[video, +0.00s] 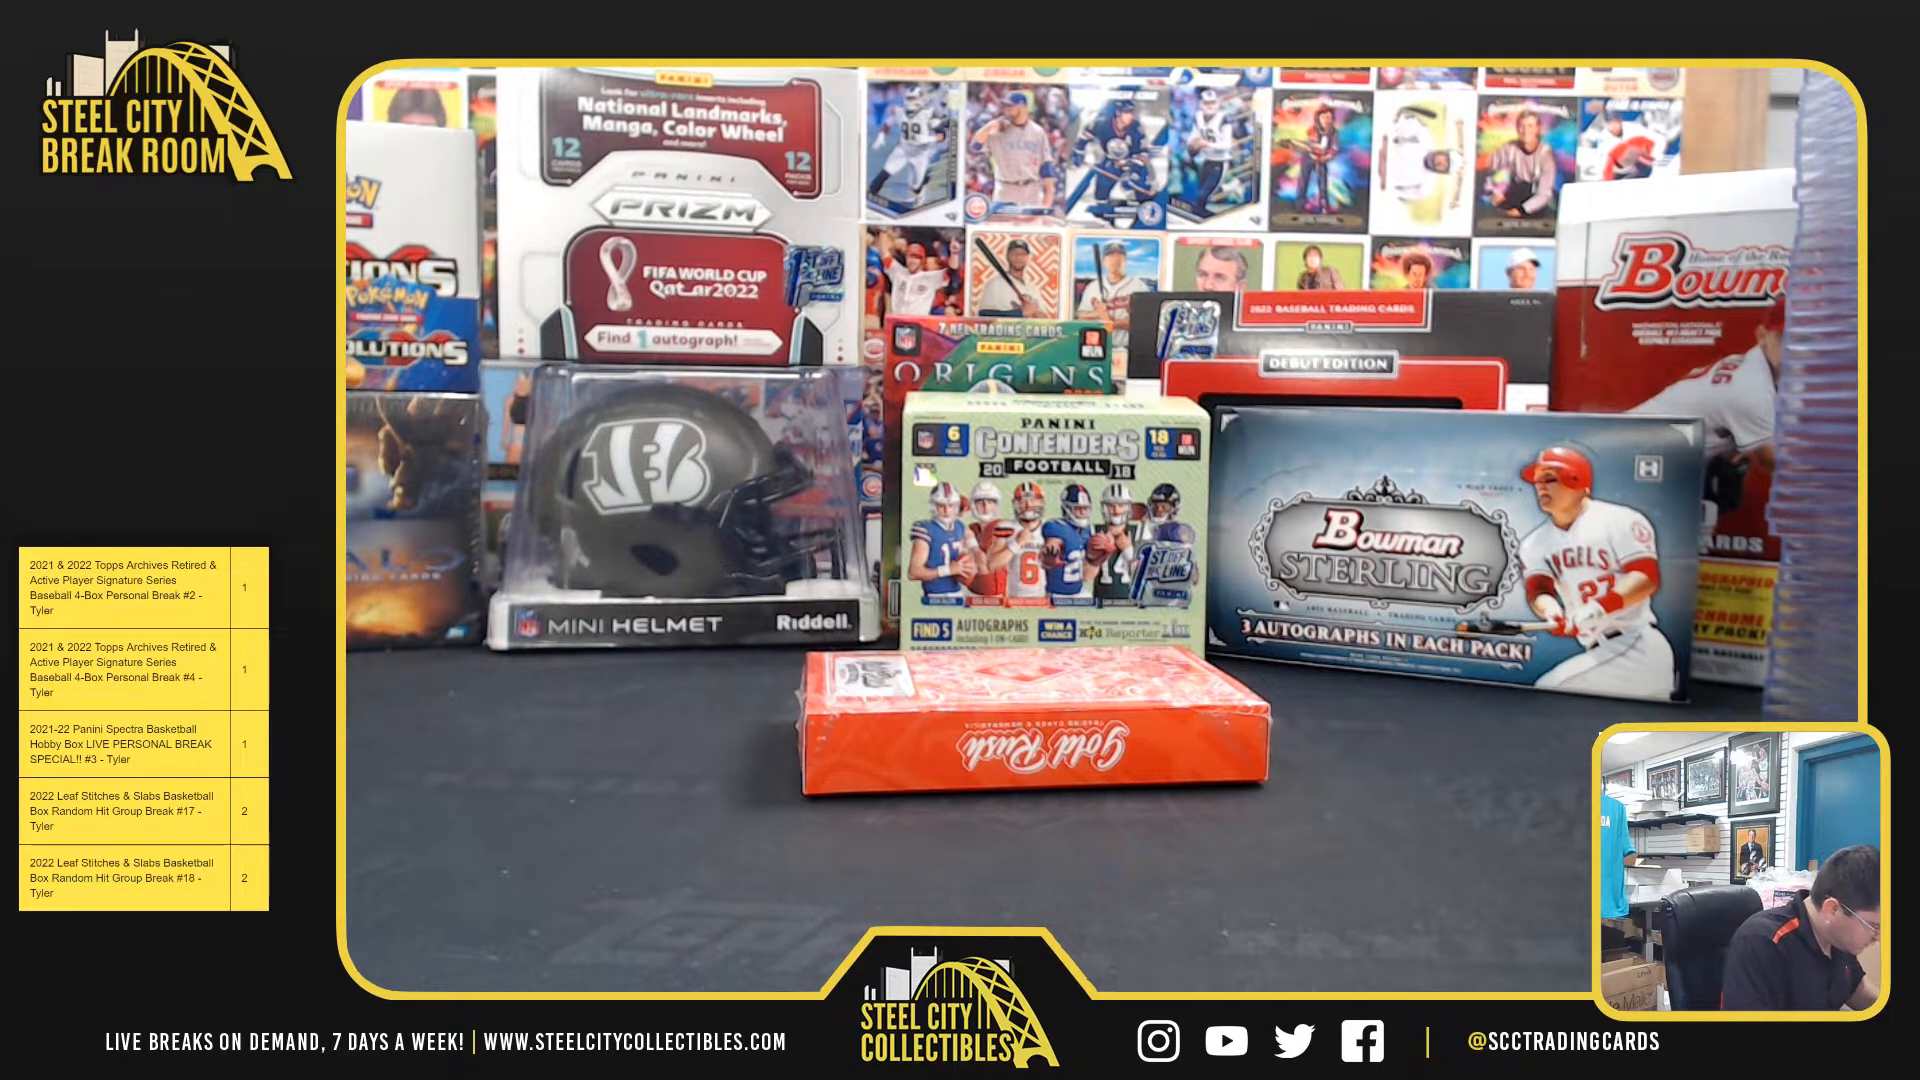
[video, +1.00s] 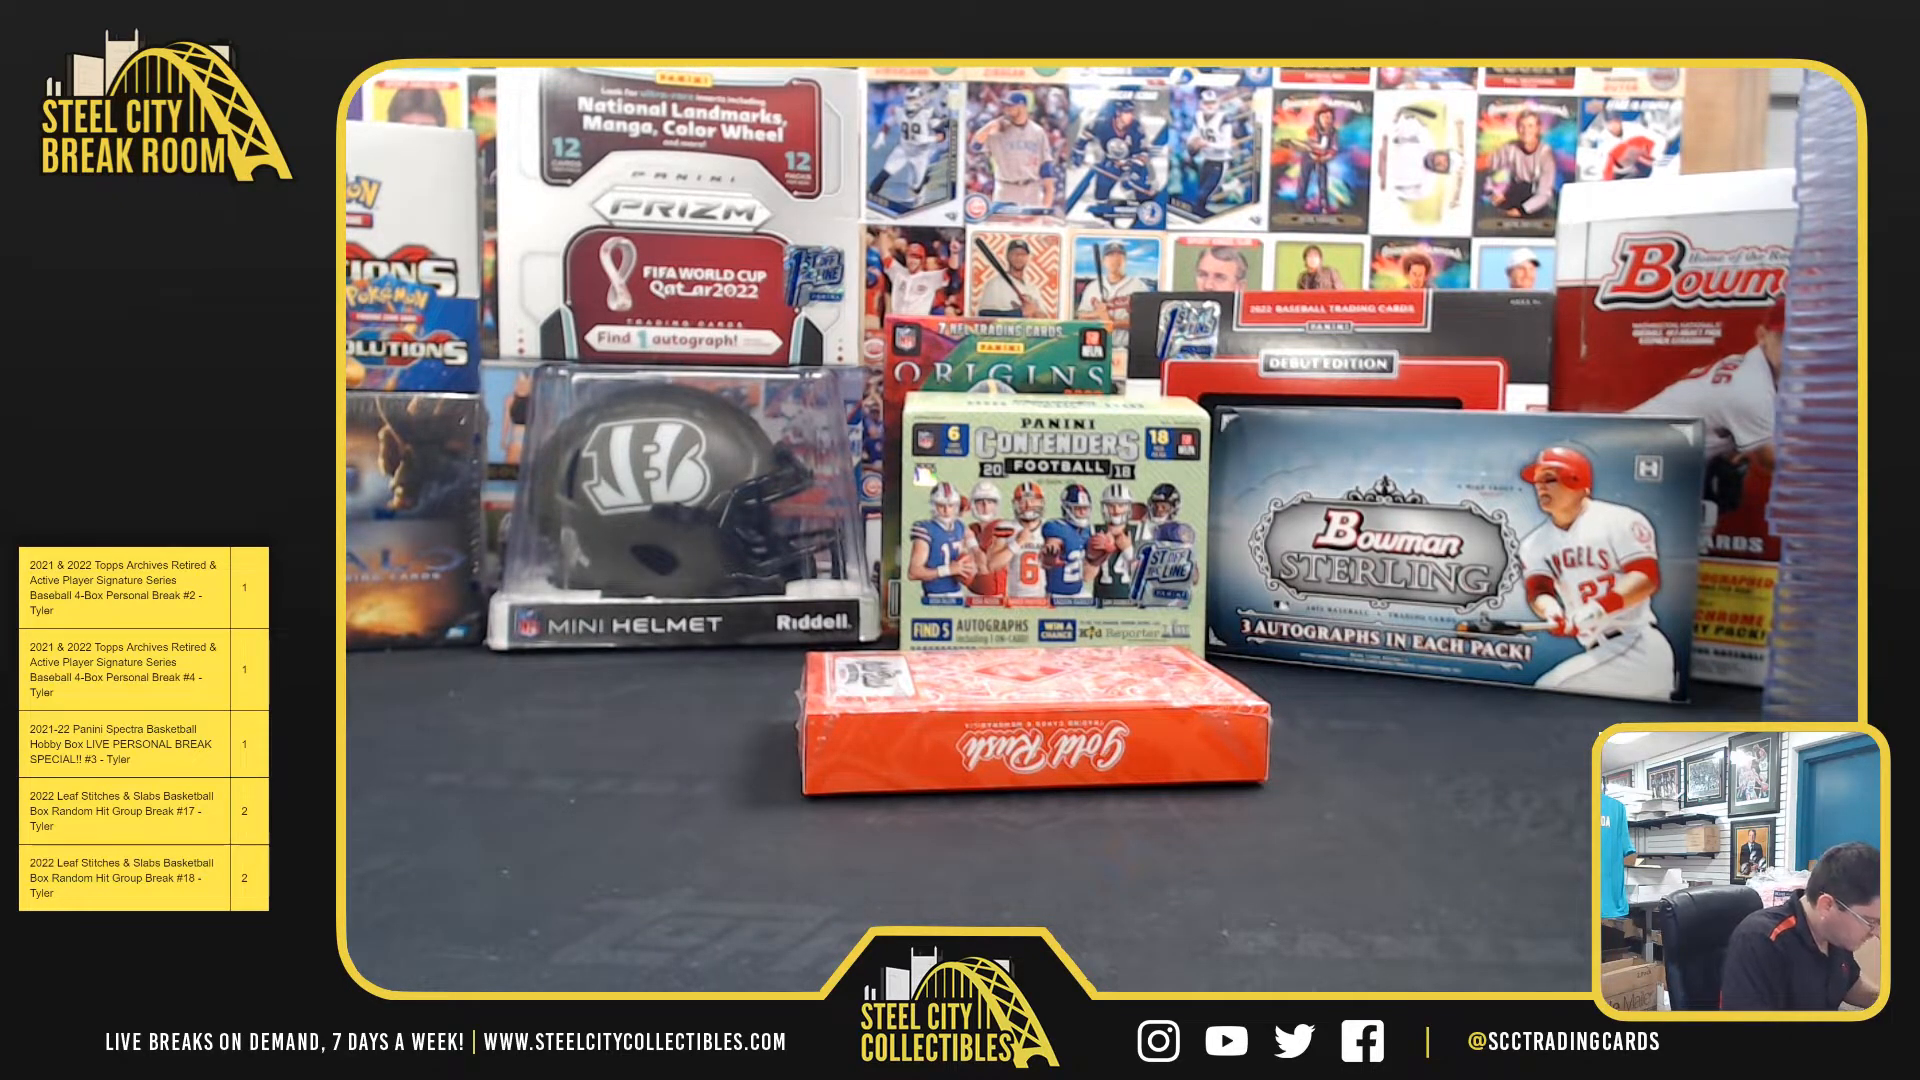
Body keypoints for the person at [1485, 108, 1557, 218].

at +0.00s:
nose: (1526, 131)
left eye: (1530, 126)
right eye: (1522, 126)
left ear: (1538, 129)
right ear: (1517, 129)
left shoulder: (1545, 154)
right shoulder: (1507, 151)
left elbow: (1545, 192)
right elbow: (1491, 178)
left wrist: (1523, 209)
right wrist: (1494, 194)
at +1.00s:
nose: (1526, 131)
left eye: (1530, 126)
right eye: (1522, 126)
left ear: (1538, 129)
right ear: (1517, 129)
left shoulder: (1545, 154)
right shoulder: (1507, 151)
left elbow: (1545, 192)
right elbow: (1491, 178)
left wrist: (1523, 209)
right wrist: (1494, 194)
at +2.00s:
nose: (1526, 130)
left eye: (1531, 126)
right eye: (1522, 126)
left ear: (1539, 129)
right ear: (1517, 130)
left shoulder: (1545, 154)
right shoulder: (1506, 151)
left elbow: (1545, 192)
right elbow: (1490, 179)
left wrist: (1523, 209)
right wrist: (1494, 194)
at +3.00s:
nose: (1526, 130)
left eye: (1530, 126)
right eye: (1522, 126)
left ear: (1538, 128)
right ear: (1518, 129)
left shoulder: (1545, 154)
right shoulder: (1506, 151)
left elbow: (1545, 192)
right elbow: (1491, 179)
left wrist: (1523, 209)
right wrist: (1495, 193)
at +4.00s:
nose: (1526, 130)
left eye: (1530, 126)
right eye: (1522, 126)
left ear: (1539, 128)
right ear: (1518, 130)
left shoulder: (1545, 154)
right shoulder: (1506, 151)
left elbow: (1545, 191)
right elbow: (1490, 178)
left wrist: (1523, 209)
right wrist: (1495, 193)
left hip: (1535, 188)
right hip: (1511, 187)